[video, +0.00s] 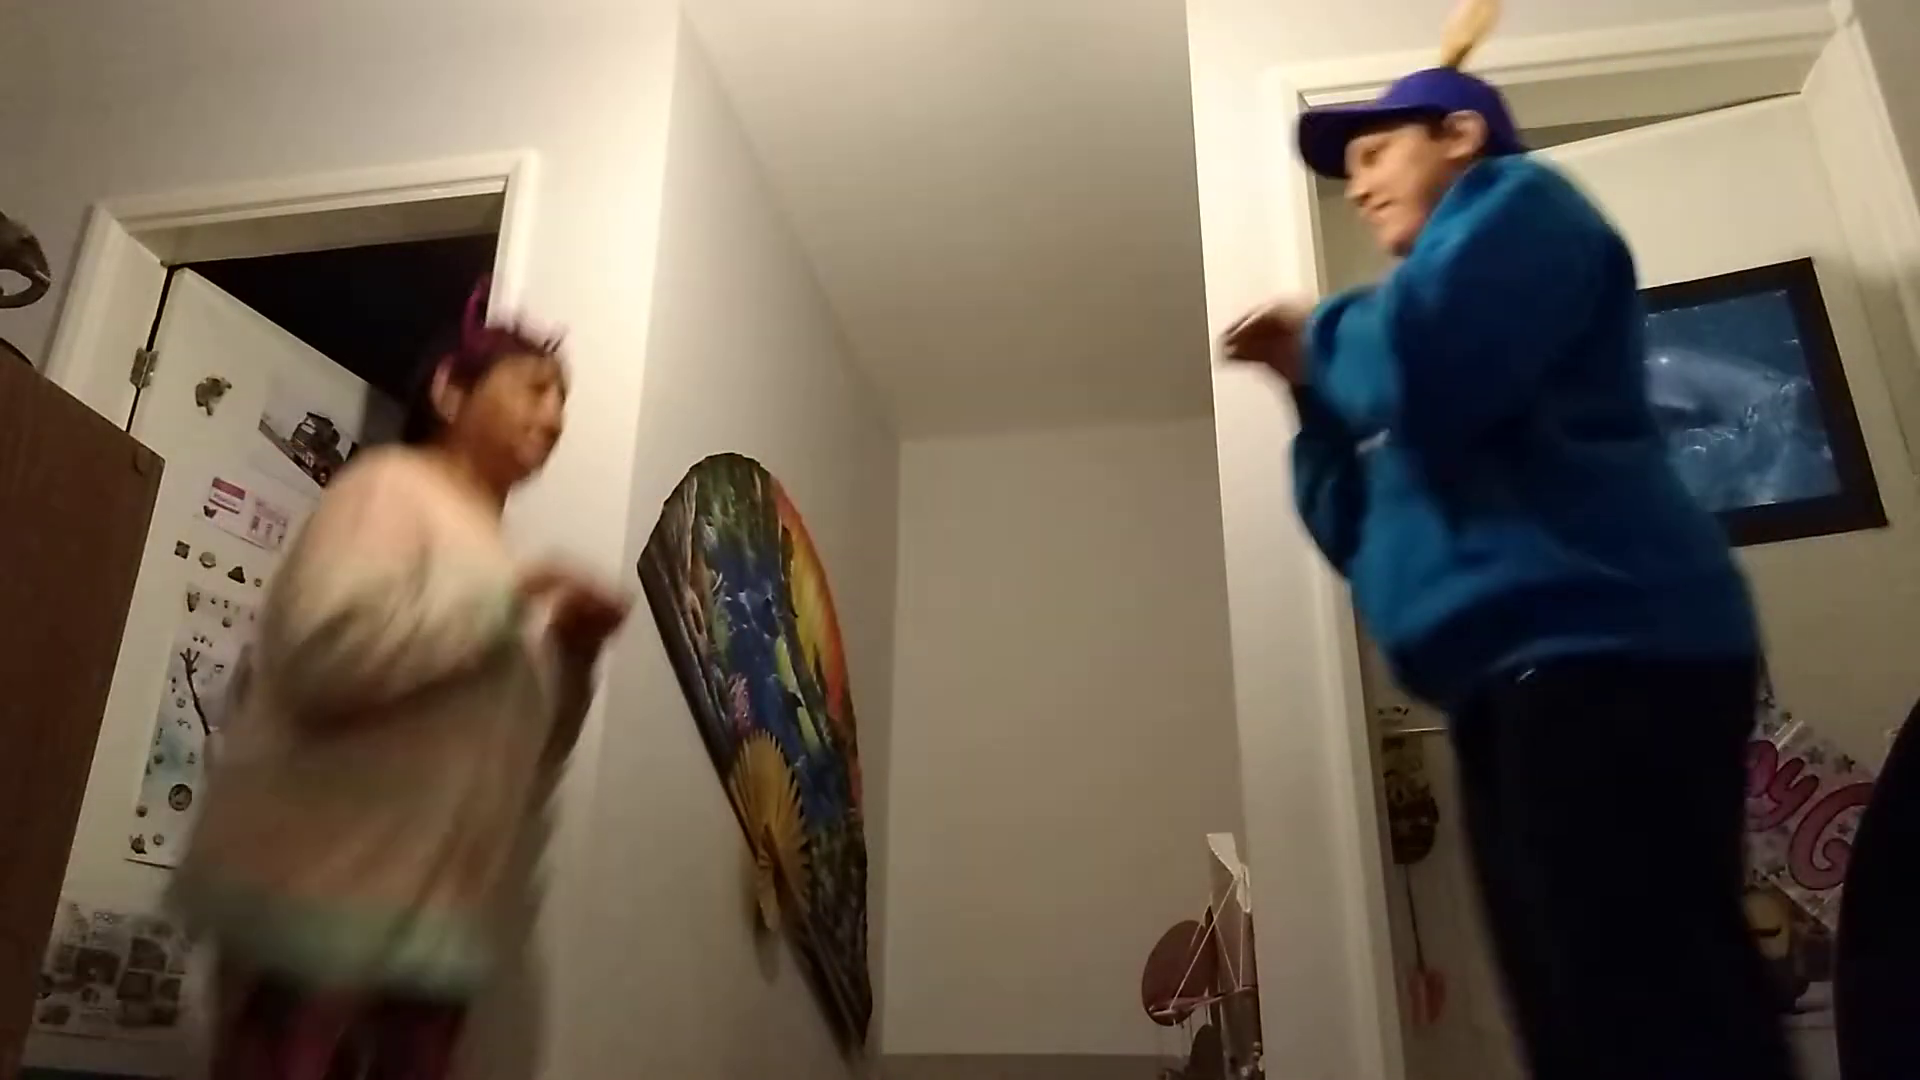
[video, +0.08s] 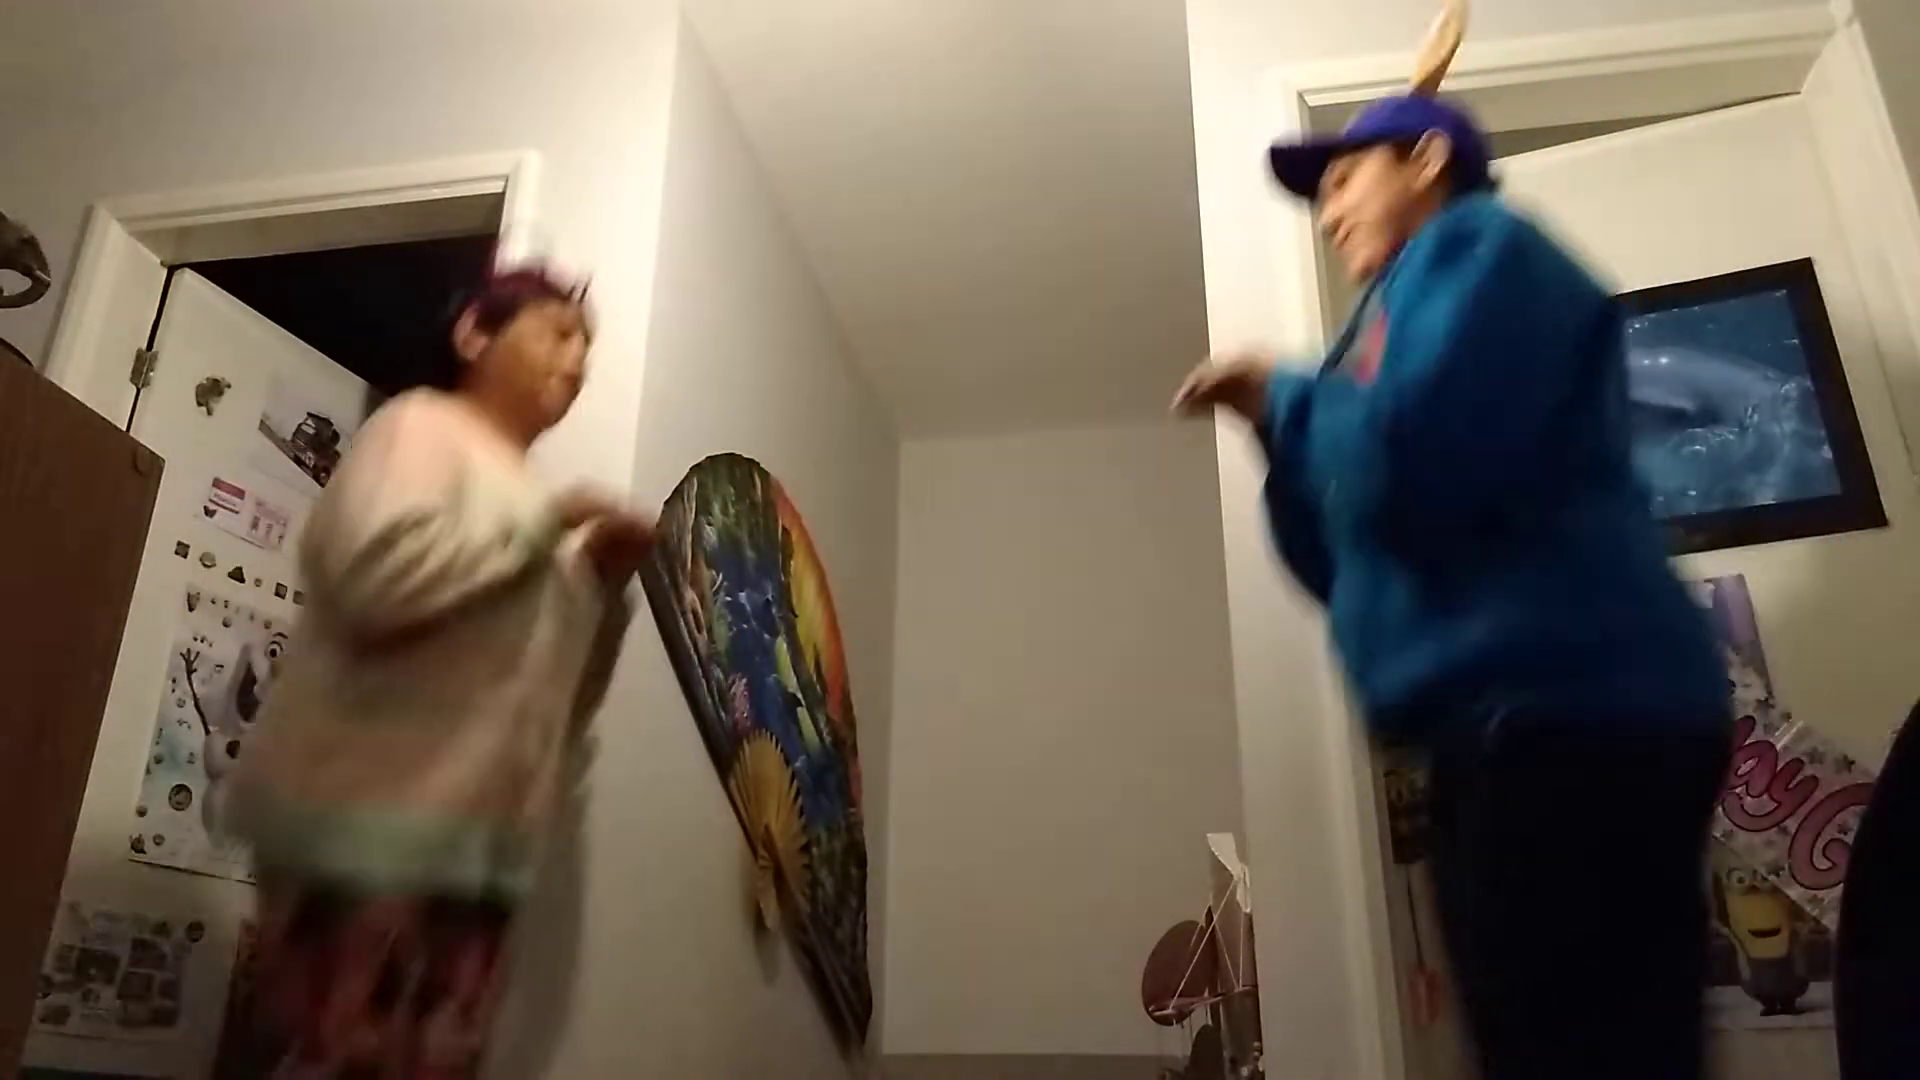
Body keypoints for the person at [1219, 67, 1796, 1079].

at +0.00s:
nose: (1357, 185)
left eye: (1375, 151)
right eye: (1349, 171)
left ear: (1460, 135)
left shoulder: (1525, 205)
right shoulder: (1418, 311)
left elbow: (1428, 354)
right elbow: (1356, 533)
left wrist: (1314, 336)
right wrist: (1306, 387)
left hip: (1613, 653)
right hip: (1503, 684)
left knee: (1638, 993)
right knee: (1561, 1002)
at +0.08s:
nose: (1326, 209)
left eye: (1346, 175)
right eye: (1321, 193)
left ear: (1427, 158)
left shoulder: (1490, 250)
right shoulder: (1371, 333)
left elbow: (1413, 473)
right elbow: (1336, 567)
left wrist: (1275, 392)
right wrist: (1274, 417)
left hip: (1580, 713)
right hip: (1482, 728)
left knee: (1584, 1038)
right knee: (1526, 1040)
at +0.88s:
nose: (1033, 252)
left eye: (1044, 223)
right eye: (1031, 234)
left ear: (1099, 195)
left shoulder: (1143, 248)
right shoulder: (1245, 345)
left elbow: (1028, 442)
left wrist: (990, 391)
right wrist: (1008, 392)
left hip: (1173, 675)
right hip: (1290, 689)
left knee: (1140, 1024)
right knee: (1212, 1025)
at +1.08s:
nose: (1012, 332)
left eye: (1016, 306)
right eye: (1007, 318)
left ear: (1066, 271)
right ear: (1147, 277)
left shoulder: (1088, 327)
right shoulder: (1242, 408)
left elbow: (982, 555)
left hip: (1118, 767)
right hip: (1288, 786)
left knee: (1091, 1053)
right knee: (1243, 1057)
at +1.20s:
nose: (1020, 297)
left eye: (1026, 277)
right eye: (1020, 284)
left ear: (1067, 250)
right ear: (1158, 255)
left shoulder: (1058, 311)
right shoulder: (1246, 377)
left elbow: (964, 530)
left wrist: (1002, 600)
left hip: (1091, 760)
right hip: (1280, 770)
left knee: (1080, 1050)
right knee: (1255, 1054)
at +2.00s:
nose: (1016, 286)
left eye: (1022, 273)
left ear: (1031, 284)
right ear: (1151, 281)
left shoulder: (953, 392)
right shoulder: (1220, 379)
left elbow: (941, 576)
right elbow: (1299, 580)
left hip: (1035, 768)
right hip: (1266, 753)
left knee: (1061, 1048)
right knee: (1266, 1048)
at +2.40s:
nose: (1031, 309)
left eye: (1034, 296)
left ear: (1051, 296)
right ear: (1164, 277)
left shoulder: (1009, 373)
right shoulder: (1266, 378)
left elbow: (940, 547)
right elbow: (1295, 572)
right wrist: (1242, 684)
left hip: (979, 759)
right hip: (1220, 765)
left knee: (1002, 1049)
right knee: (1213, 1049)